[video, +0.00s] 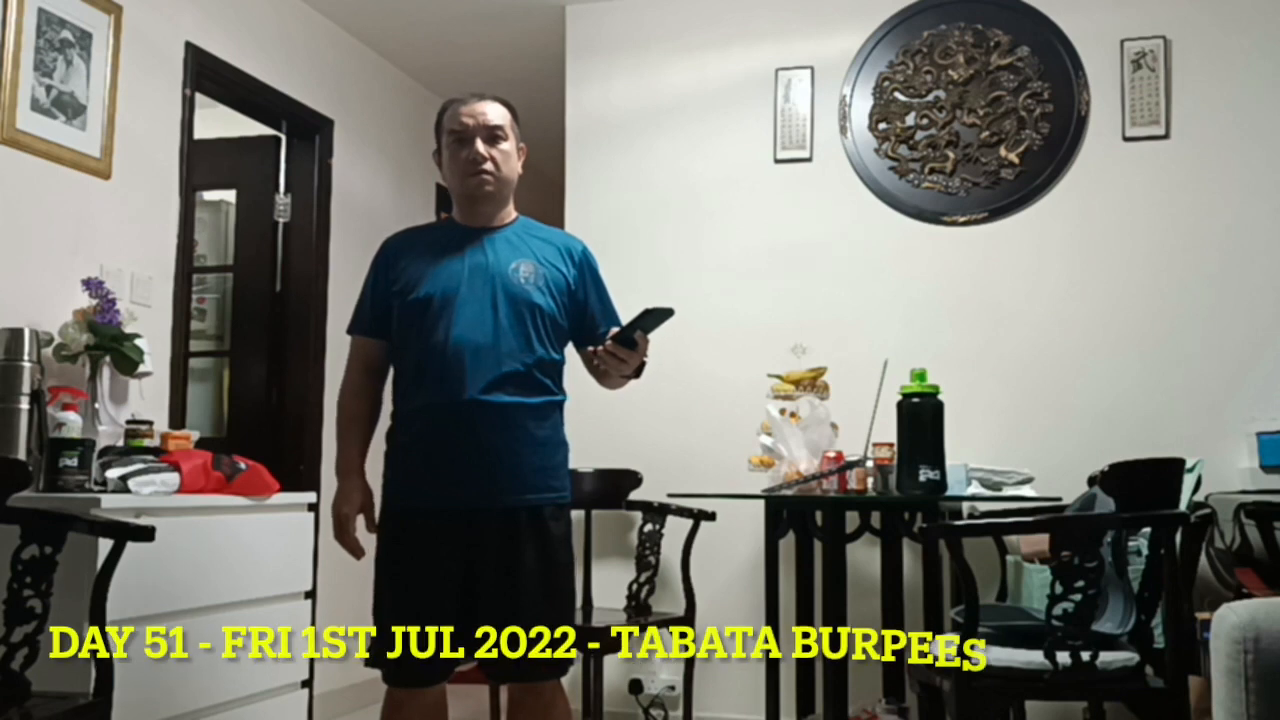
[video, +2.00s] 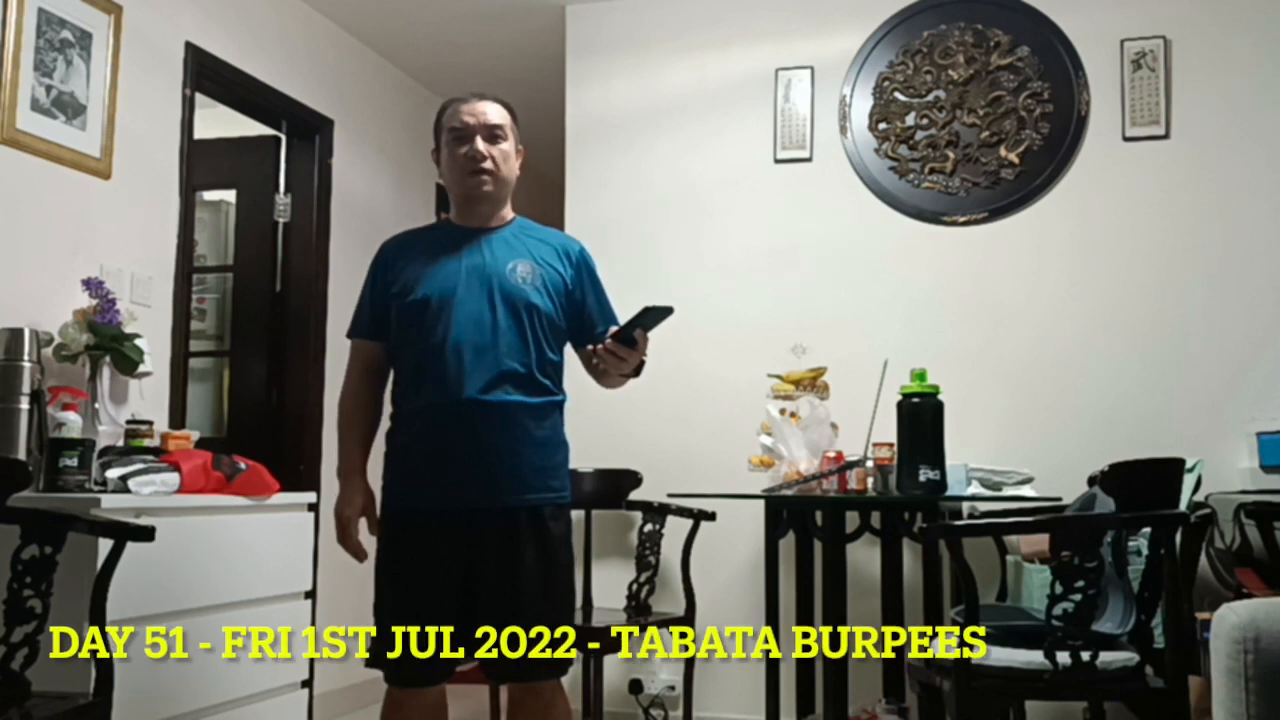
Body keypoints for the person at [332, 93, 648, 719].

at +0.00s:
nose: (477, 148)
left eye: (493, 136)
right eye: (460, 139)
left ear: (521, 158)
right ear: (439, 162)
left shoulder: (565, 252)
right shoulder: (401, 253)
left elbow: (605, 363)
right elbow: (364, 371)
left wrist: (622, 365)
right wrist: (350, 473)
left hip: (529, 497)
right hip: (421, 496)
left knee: (536, 681)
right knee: (411, 682)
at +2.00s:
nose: (478, 146)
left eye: (494, 135)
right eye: (460, 137)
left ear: (519, 159)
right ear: (438, 162)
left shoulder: (563, 253)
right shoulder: (400, 256)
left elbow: (603, 362)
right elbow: (365, 374)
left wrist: (622, 362)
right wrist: (352, 475)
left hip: (528, 496)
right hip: (422, 495)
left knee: (536, 680)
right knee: (412, 681)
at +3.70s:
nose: (477, 146)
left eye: (493, 135)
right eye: (460, 137)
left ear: (519, 159)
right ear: (437, 161)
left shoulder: (563, 254)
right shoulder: (400, 256)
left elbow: (603, 363)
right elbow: (365, 376)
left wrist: (622, 362)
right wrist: (352, 477)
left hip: (528, 497)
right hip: (422, 497)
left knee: (536, 680)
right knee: (413, 681)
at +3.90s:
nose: (477, 146)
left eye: (493, 135)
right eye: (460, 137)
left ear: (519, 159)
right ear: (437, 161)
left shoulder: (563, 254)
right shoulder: (400, 256)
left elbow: (603, 362)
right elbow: (365, 376)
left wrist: (622, 362)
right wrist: (352, 478)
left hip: (528, 497)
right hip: (422, 497)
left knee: (536, 680)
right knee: (413, 680)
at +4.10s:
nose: (477, 146)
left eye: (493, 135)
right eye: (460, 137)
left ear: (519, 159)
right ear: (438, 161)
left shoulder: (562, 254)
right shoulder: (399, 257)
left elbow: (602, 362)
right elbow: (365, 376)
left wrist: (622, 363)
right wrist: (352, 478)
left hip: (529, 497)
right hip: (422, 497)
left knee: (536, 680)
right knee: (413, 681)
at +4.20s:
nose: (477, 146)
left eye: (493, 135)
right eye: (460, 137)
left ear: (519, 159)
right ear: (437, 161)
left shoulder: (562, 254)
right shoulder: (399, 257)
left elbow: (602, 363)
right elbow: (364, 376)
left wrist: (621, 363)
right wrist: (352, 479)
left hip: (529, 497)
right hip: (421, 498)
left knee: (536, 680)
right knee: (412, 681)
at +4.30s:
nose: (476, 146)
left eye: (492, 135)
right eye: (459, 137)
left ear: (518, 160)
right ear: (437, 161)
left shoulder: (562, 255)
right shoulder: (398, 257)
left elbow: (601, 363)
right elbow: (364, 376)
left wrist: (620, 363)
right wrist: (352, 479)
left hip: (528, 498)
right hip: (420, 498)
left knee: (536, 681)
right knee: (411, 682)